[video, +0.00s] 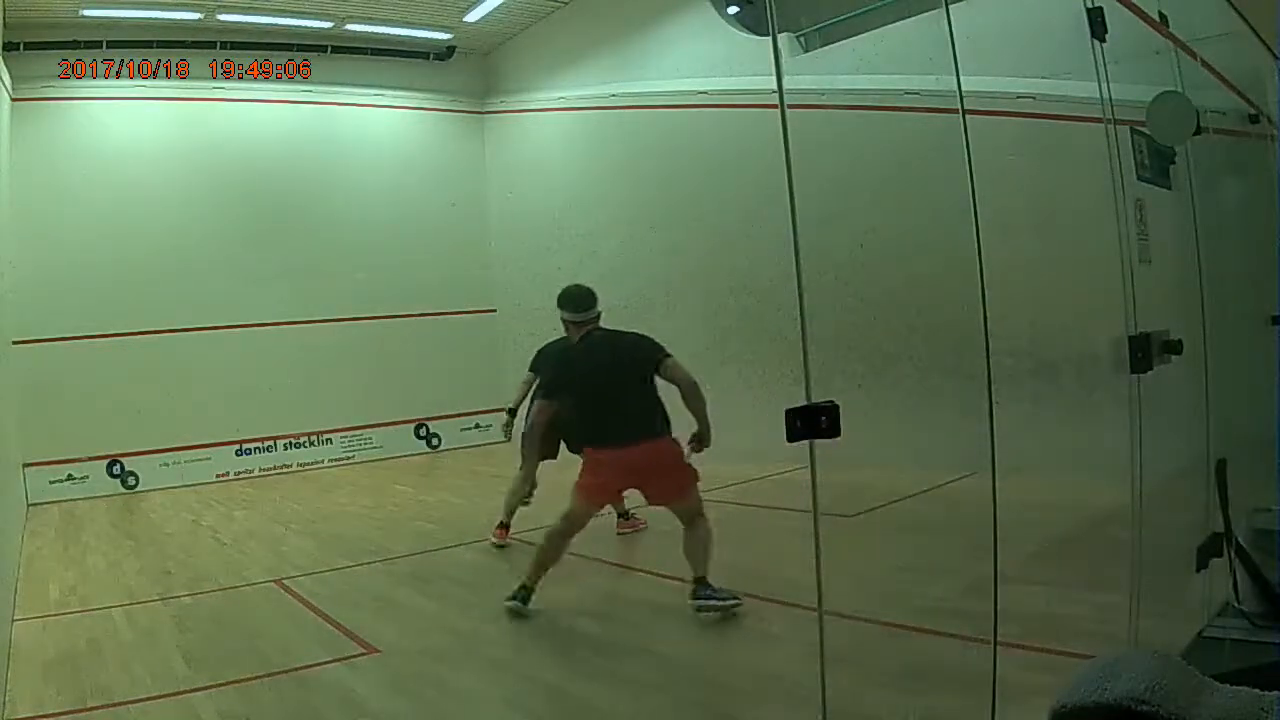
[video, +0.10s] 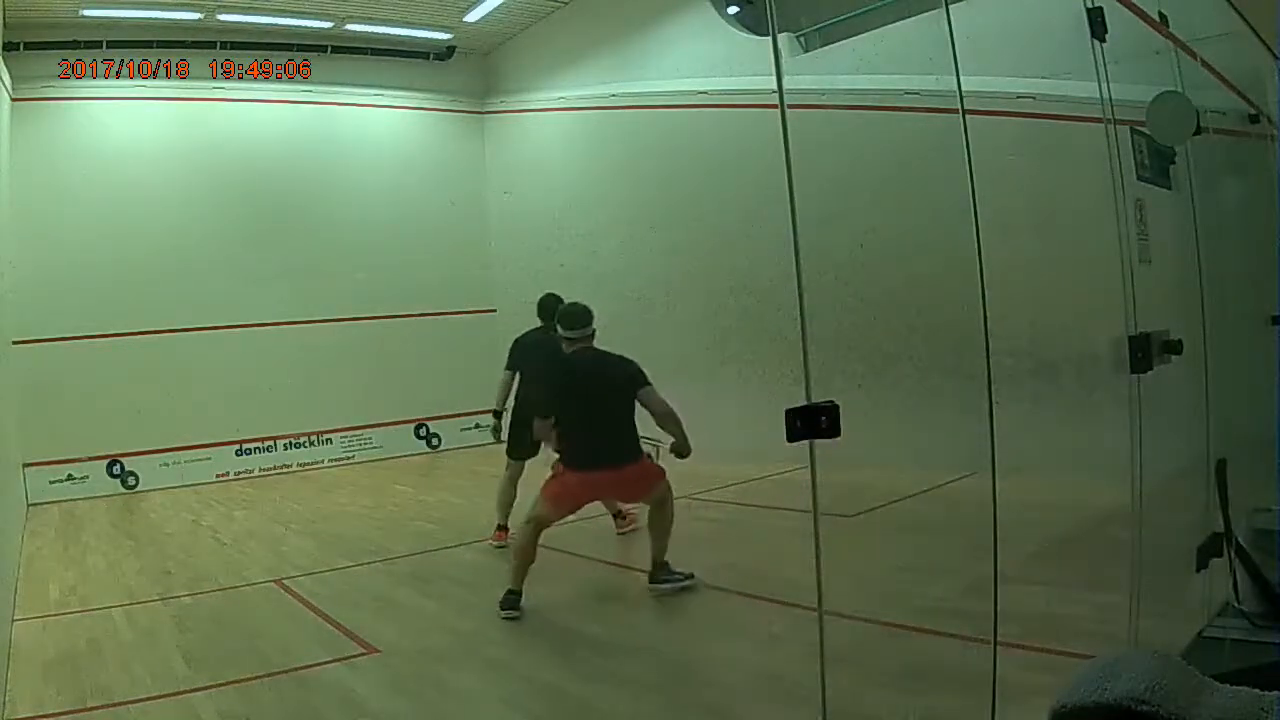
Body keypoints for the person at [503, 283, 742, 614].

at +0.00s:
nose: (563, 325)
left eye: (563, 320)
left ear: (565, 321)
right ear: (598, 315)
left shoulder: (560, 362)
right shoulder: (636, 343)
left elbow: (535, 425)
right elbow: (687, 382)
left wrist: (528, 477)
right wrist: (703, 426)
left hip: (603, 462)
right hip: (658, 454)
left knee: (567, 526)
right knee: (694, 518)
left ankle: (526, 588)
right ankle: (702, 587)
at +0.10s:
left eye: (560, 335)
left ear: (561, 336)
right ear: (593, 331)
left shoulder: (553, 374)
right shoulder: (622, 366)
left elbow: (541, 431)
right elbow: (660, 410)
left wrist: (567, 443)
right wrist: (681, 440)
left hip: (577, 478)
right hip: (630, 473)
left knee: (532, 523)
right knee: (661, 495)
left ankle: (513, 594)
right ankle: (660, 569)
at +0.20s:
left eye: (583, 320)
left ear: (581, 322)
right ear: (613, 321)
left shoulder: (569, 363)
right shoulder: (634, 361)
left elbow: (572, 406)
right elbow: (665, 407)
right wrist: (684, 431)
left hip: (579, 462)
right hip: (625, 462)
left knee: (541, 521)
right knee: (660, 476)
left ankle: (515, 585)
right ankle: (644, 543)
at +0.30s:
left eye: (621, 305)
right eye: (640, 305)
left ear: (616, 306)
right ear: (647, 307)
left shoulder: (600, 342)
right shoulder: (660, 347)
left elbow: (598, 383)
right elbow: (680, 397)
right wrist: (693, 429)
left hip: (598, 436)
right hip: (640, 441)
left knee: (567, 500)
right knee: (660, 476)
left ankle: (528, 554)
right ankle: (626, 531)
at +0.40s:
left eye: (653, 304)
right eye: (672, 306)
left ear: (646, 305)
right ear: (675, 308)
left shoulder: (628, 339)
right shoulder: (682, 349)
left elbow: (607, 386)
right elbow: (694, 399)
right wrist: (709, 434)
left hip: (618, 430)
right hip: (657, 438)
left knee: (593, 489)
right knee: (638, 499)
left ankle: (555, 530)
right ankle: (608, 542)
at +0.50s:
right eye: (705, 304)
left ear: (681, 305)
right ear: (709, 306)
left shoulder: (661, 336)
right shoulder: (717, 346)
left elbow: (620, 370)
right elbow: (733, 396)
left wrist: (630, 406)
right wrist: (744, 427)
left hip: (651, 419)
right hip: (682, 427)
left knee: (662, 465)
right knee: (653, 492)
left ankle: (623, 502)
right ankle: (610, 538)